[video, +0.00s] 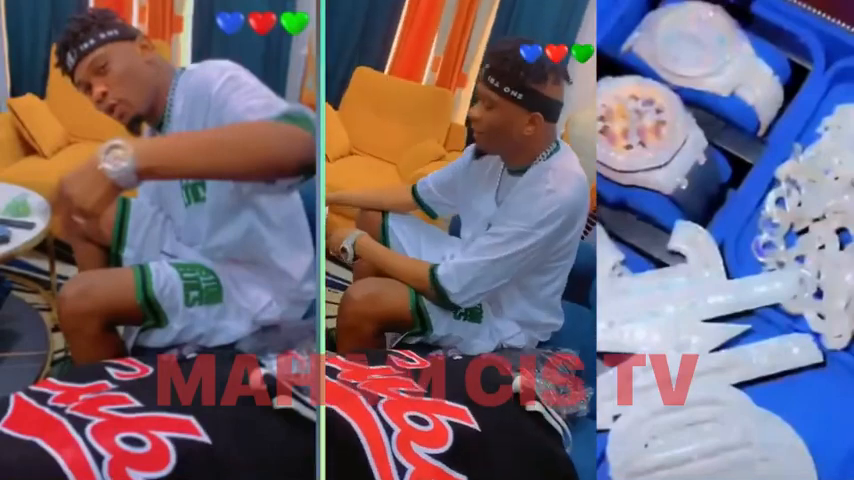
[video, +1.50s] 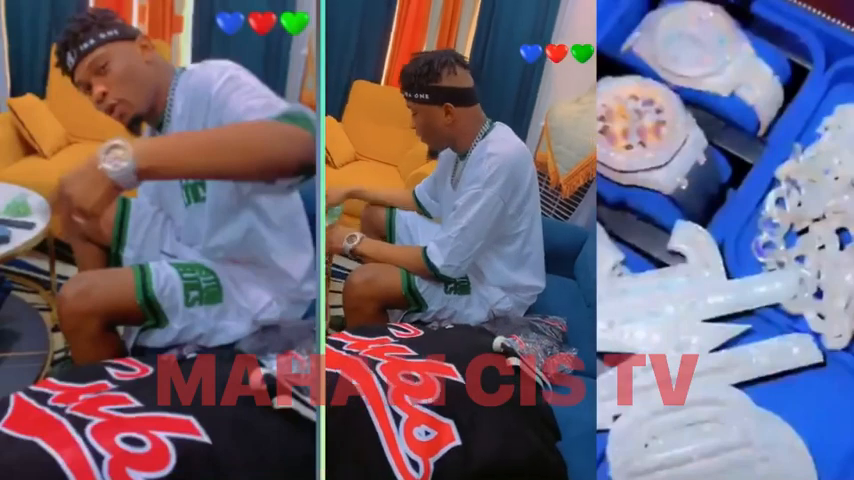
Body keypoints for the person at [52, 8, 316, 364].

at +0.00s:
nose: (98, 94)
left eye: (102, 70)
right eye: (87, 89)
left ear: (144, 48)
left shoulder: (213, 81)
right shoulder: (152, 133)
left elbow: (298, 146)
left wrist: (132, 160)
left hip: (260, 280)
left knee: (80, 300)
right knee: (85, 215)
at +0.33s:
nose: (98, 94)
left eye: (102, 70)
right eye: (87, 89)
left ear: (144, 48)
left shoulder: (213, 81)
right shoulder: (152, 133)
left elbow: (298, 146)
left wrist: (132, 160)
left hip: (259, 279)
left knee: (80, 300)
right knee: (84, 214)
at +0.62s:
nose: (98, 94)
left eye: (102, 70)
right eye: (87, 89)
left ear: (144, 48)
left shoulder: (213, 81)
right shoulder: (152, 133)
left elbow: (298, 145)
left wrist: (132, 160)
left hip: (259, 278)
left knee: (80, 300)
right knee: (84, 214)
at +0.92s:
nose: (97, 94)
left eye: (102, 70)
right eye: (87, 89)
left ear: (145, 48)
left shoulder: (213, 81)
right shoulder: (153, 134)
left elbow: (298, 145)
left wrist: (131, 160)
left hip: (261, 278)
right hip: (191, 253)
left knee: (80, 300)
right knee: (83, 213)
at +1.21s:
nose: (97, 94)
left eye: (102, 70)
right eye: (87, 89)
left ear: (145, 48)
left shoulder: (213, 81)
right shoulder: (153, 135)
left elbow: (298, 145)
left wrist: (131, 160)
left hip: (262, 279)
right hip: (192, 253)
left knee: (80, 300)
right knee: (84, 213)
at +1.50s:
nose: (97, 94)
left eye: (102, 70)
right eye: (87, 89)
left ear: (145, 48)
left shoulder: (213, 81)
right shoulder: (153, 135)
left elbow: (299, 146)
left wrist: (131, 160)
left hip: (262, 280)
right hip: (192, 253)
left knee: (80, 300)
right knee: (83, 213)